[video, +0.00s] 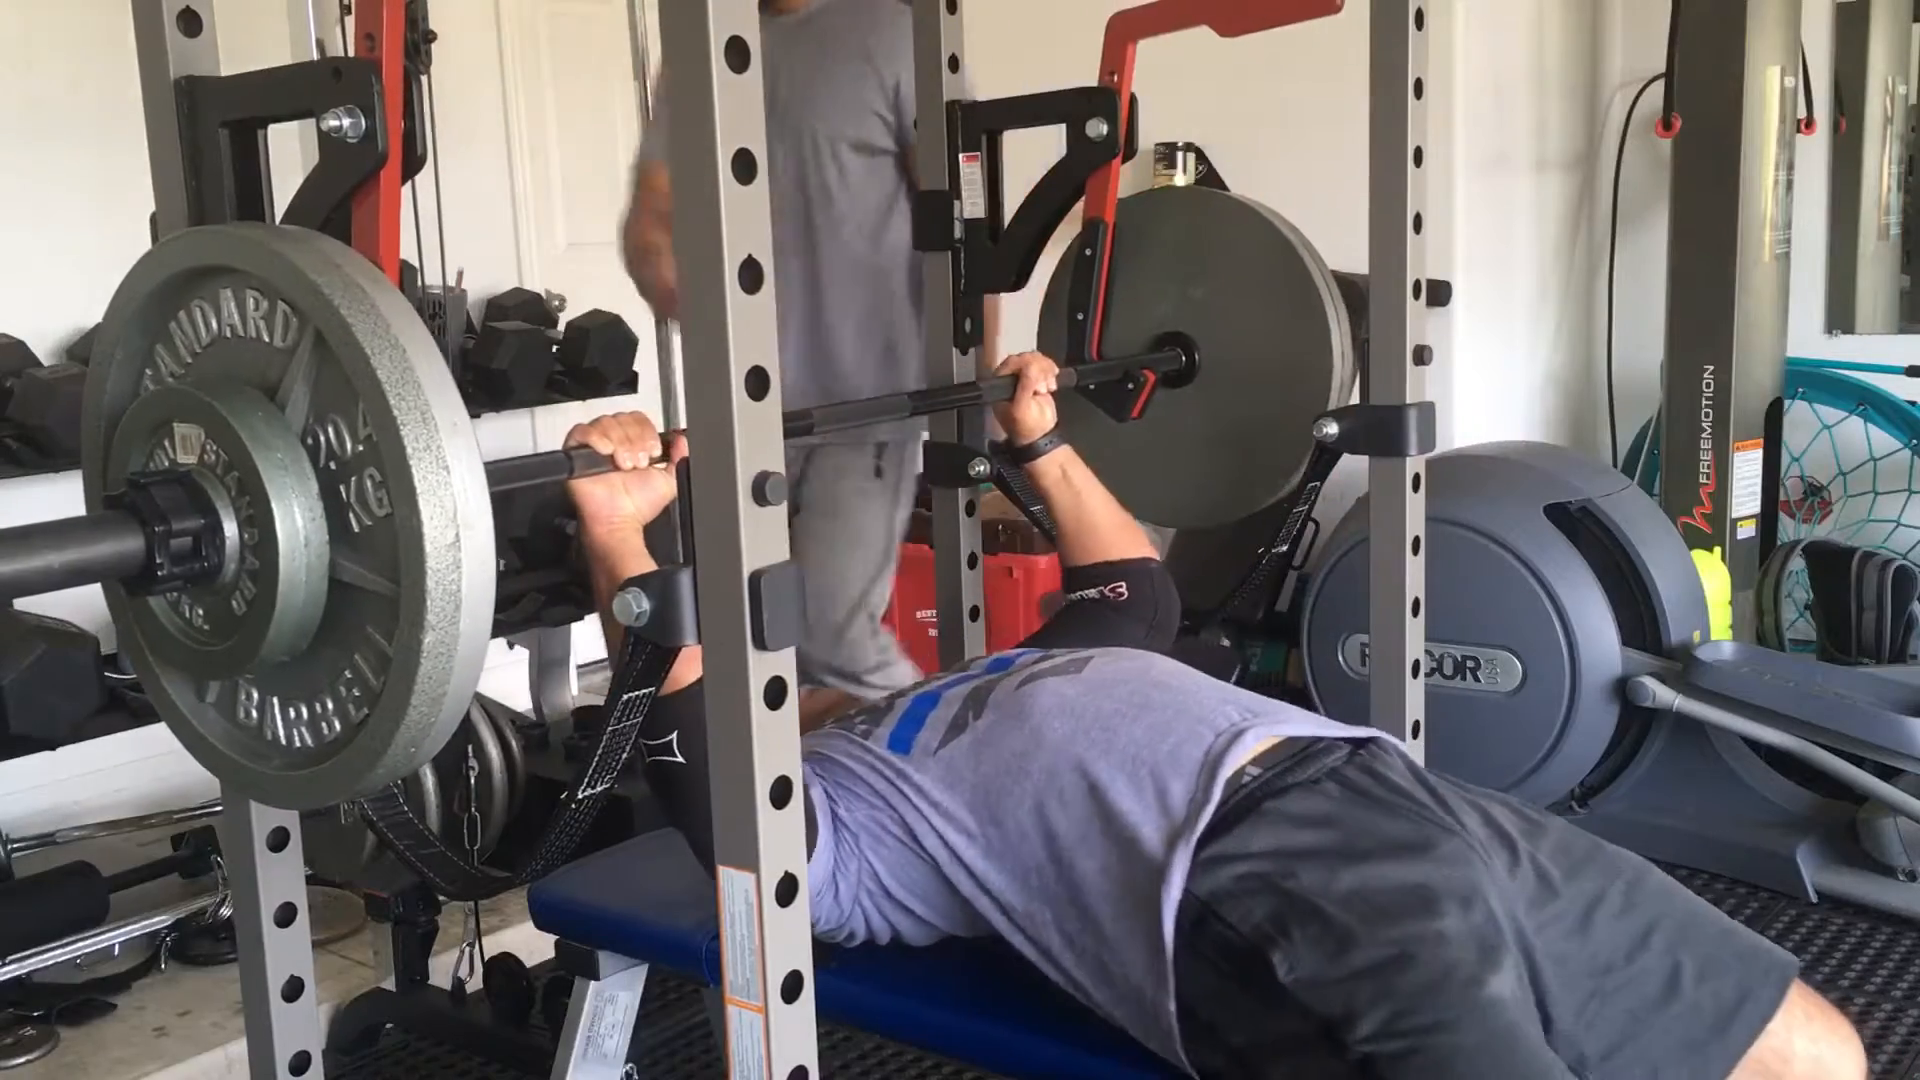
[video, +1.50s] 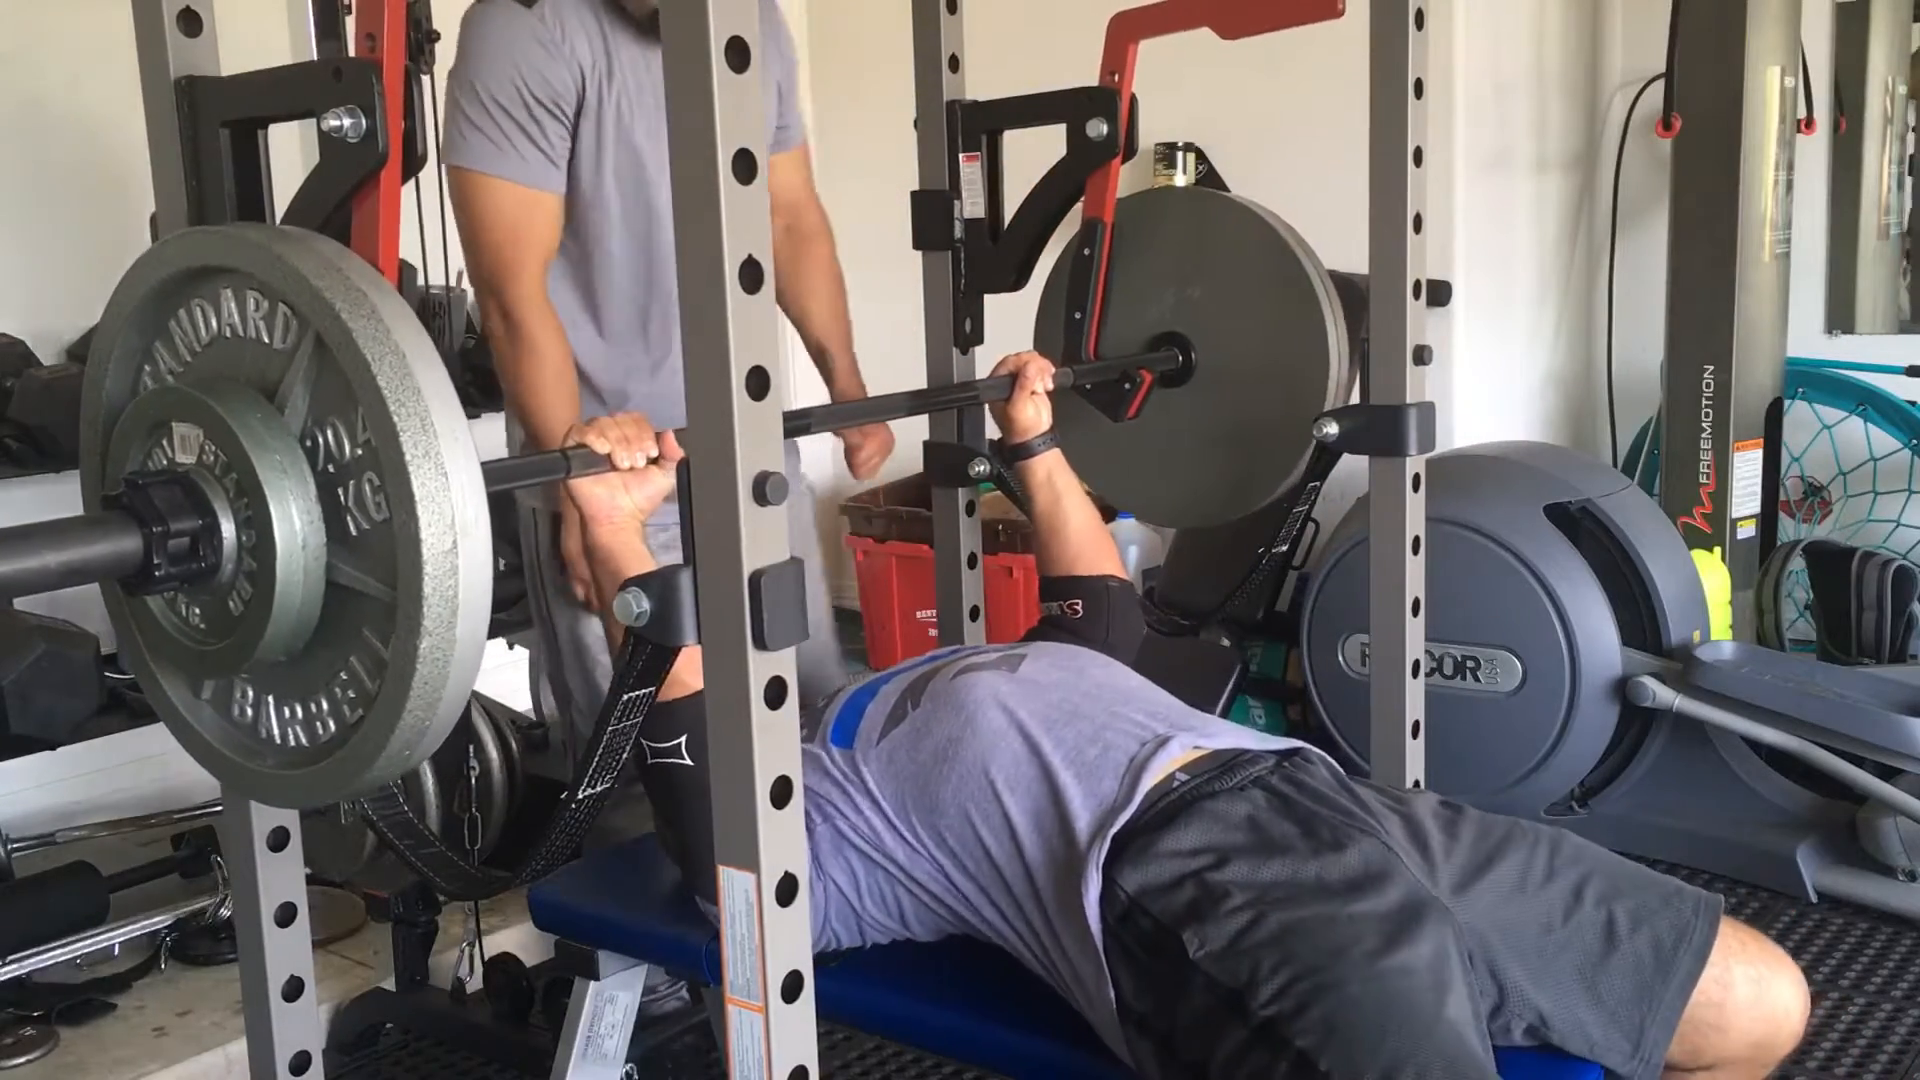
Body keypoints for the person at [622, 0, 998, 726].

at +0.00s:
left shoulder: (890, 30)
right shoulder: (698, 55)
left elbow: (963, 214)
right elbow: (652, 207)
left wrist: (976, 377)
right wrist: (660, 262)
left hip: (870, 388)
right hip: (739, 403)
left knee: (832, 632)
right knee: (751, 641)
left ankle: (949, 767)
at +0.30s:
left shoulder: (843, 40)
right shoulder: (621, 39)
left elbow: (896, 238)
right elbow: (564, 236)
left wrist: (889, 408)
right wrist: (626, 114)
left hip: (805, 433)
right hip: (670, 435)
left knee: (787, 689)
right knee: (675, 690)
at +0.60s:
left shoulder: (834, 57)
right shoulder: (593, 30)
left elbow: (871, 271)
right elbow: (522, 226)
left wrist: (873, 455)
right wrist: (622, 111)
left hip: (784, 446)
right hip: (635, 445)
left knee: (766, 705)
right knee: (643, 705)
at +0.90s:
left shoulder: (833, 53)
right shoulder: (574, 31)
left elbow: (870, 257)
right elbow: (504, 233)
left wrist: (877, 433)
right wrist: (626, 178)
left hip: (776, 445)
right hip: (622, 445)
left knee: (767, 700)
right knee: (639, 706)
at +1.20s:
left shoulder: (807, 37)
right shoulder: (556, 36)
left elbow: (847, 240)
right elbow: (526, 265)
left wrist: (880, 421)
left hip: (770, 453)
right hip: (622, 463)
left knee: (767, 706)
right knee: (636, 725)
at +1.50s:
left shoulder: (752, 21)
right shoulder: (525, 29)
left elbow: (793, 218)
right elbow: (510, 292)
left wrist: (845, 382)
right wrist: (579, 495)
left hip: (754, 450)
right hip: (606, 477)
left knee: (792, 711)